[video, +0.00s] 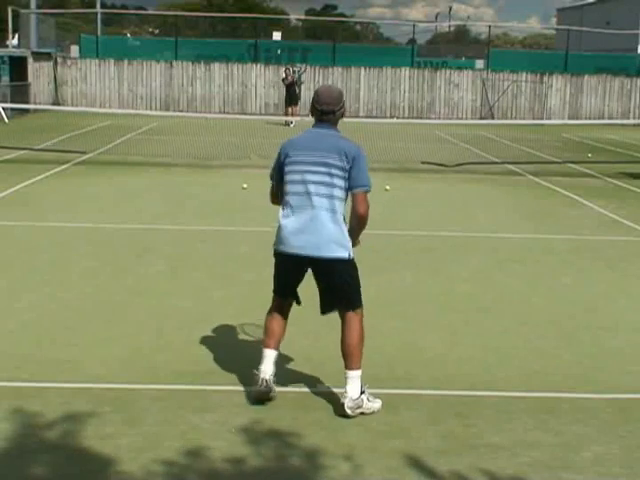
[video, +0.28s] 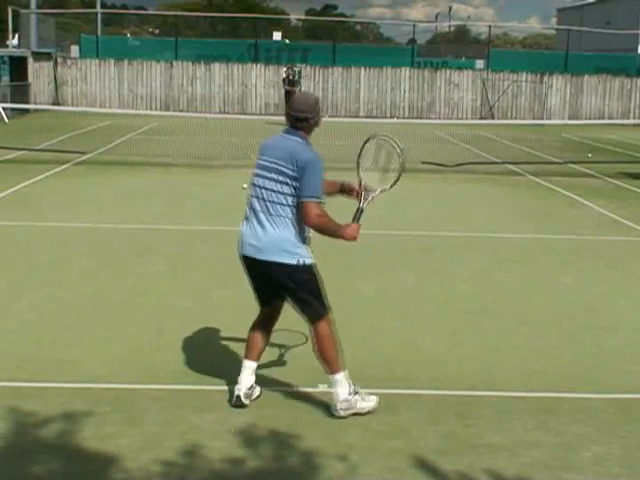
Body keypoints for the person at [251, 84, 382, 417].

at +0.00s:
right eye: (341, 111)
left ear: (311, 112)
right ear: (341, 114)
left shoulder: (289, 146)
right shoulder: (351, 151)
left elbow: (276, 197)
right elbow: (361, 210)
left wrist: (307, 197)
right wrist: (352, 237)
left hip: (290, 243)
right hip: (332, 246)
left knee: (280, 304)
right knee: (351, 311)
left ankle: (265, 373)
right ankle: (353, 394)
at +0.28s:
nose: (319, 120)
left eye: (313, 115)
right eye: (318, 116)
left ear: (288, 116)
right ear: (315, 120)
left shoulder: (268, 146)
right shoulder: (308, 158)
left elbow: (296, 184)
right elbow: (312, 215)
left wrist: (341, 187)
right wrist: (342, 231)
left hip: (251, 248)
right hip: (287, 254)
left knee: (269, 308)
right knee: (320, 318)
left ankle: (244, 384)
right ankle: (343, 394)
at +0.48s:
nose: (300, 111)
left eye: (293, 106)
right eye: (300, 107)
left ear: (271, 106)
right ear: (298, 111)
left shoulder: (255, 135)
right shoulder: (280, 145)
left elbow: (292, 163)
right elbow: (280, 202)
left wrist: (339, 162)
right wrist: (328, 213)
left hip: (227, 236)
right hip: (254, 244)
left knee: (250, 306)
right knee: (275, 312)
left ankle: (239, 378)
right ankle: (239, 396)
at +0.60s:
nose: (298, 115)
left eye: (296, 109)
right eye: (297, 110)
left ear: (264, 112)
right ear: (291, 116)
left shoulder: (251, 139)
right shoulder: (269, 149)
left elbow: (291, 161)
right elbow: (268, 203)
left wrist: (335, 158)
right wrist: (321, 207)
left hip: (218, 239)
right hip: (237, 248)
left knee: (236, 317)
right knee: (242, 325)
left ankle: (221, 377)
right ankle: (207, 407)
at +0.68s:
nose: (291, 122)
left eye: (288, 117)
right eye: (290, 118)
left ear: (261, 118)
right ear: (287, 124)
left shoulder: (250, 144)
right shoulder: (261, 153)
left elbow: (291, 164)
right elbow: (258, 203)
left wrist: (334, 161)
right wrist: (311, 205)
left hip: (213, 244)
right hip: (228, 252)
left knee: (229, 317)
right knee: (238, 329)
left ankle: (208, 373)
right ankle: (208, 407)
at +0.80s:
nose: (287, 125)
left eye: (285, 120)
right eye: (287, 120)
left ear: (258, 119)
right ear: (282, 124)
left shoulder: (251, 144)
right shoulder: (253, 151)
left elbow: (285, 166)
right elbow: (241, 197)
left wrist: (328, 167)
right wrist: (289, 198)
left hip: (210, 243)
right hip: (219, 249)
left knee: (225, 315)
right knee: (234, 325)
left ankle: (195, 375)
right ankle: (207, 407)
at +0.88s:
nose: (288, 126)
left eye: (287, 121)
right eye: (287, 121)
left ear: (256, 120)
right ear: (281, 124)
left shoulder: (248, 143)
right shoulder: (251, 151)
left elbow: (275, 165)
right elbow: (239, 195)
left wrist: (311, 170)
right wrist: (281, 196)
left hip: (206, 241)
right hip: (216, 248)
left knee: (223, 314)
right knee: (232, 326)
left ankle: (202, 371)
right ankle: (207, 407)